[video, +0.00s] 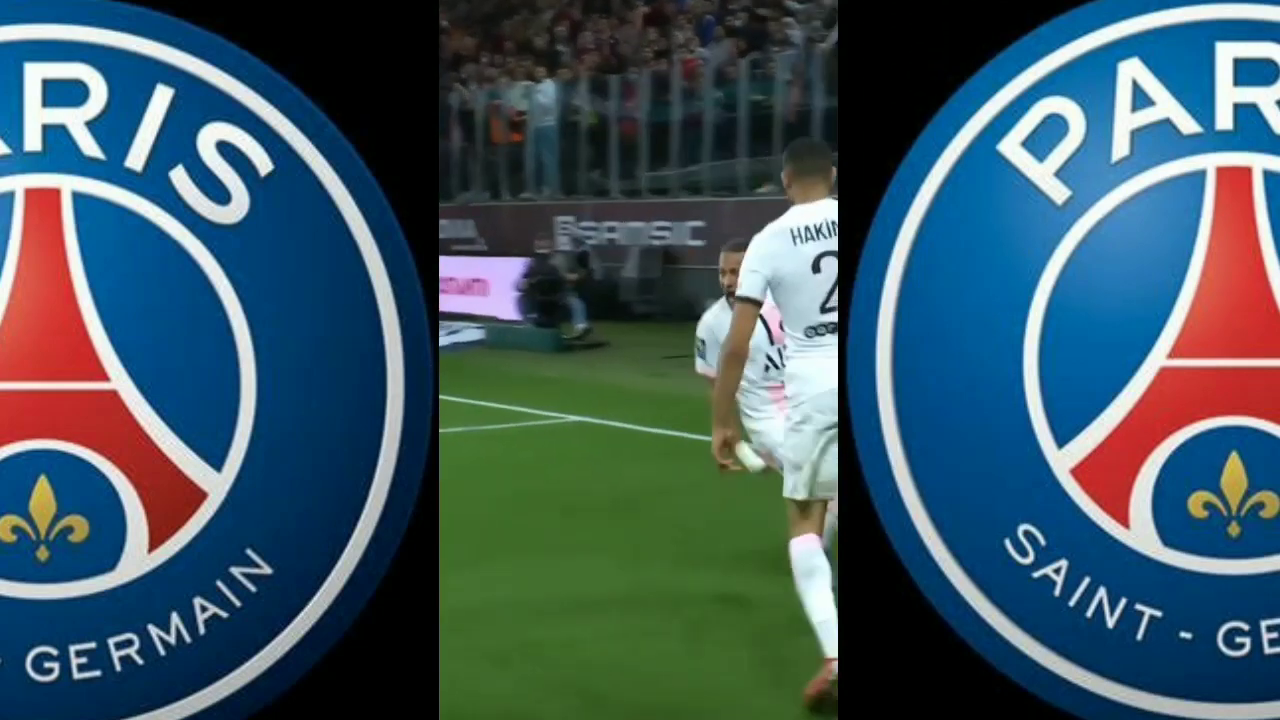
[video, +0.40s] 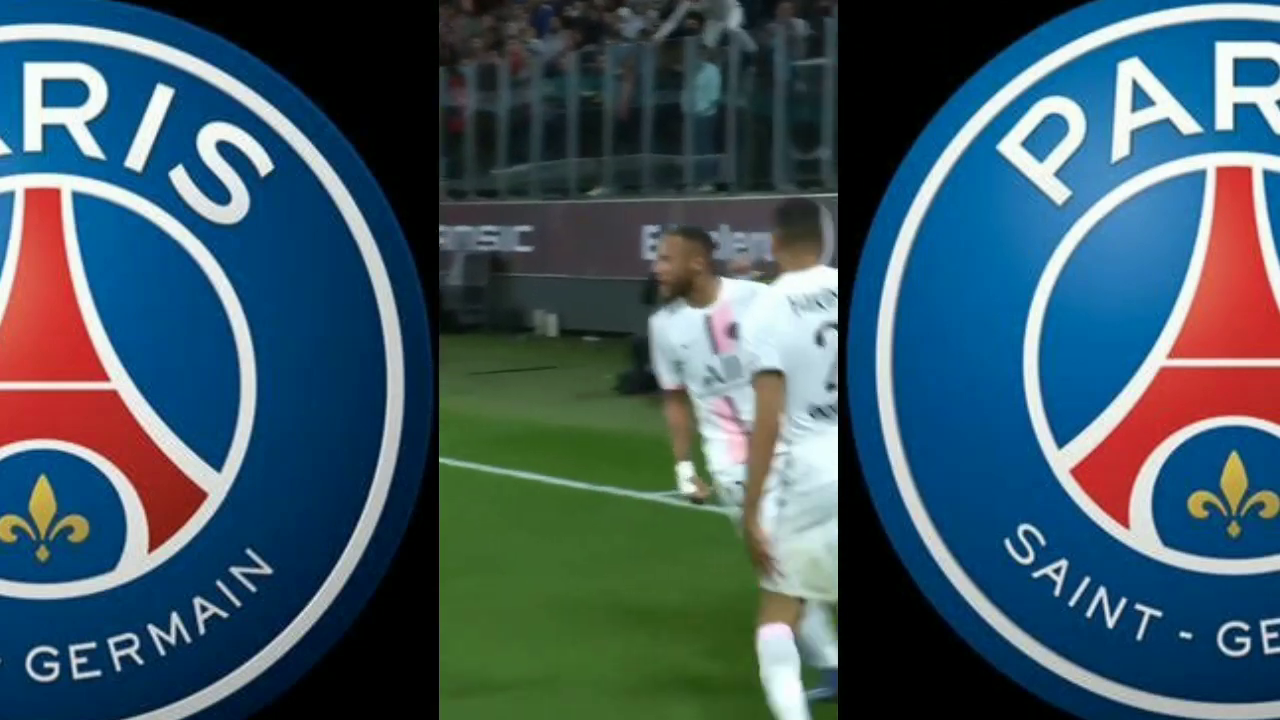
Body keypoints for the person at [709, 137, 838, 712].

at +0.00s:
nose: (789, 192)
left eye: (785, 183)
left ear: (786, 182)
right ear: (833, 179)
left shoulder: (770, 241)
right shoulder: (869, 221)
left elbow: (738, 342)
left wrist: (721, 421)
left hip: (816, 384)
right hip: (886, 376)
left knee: (806, 521)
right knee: (837, 503)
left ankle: (833, 651)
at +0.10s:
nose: (791, 208)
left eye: (791, 200)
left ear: (797, 199)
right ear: (843, 199)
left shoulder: (772, 255)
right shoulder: (879, 244)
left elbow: (745, 357)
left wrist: (718, 441)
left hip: (801, 411)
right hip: (879, 409)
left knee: (812, 560)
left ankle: (834, 703)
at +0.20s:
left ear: (799, 232)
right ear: (845, 231)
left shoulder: (778, 297)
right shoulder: (882, 280)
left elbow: (759, 393)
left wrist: (734, 478)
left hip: (809, 449)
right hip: (884, 449)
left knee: (798, 594)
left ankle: (798, 712)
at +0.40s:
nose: (773, 249)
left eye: (772, 243)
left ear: (776, 244)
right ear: (822, 239)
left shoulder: (769, 308)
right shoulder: (849, 287)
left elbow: (769, 417)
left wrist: (751, 509)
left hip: (810, 462)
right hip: (869, 452)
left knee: (778, 608)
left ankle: (792, 708)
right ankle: (830, 670)